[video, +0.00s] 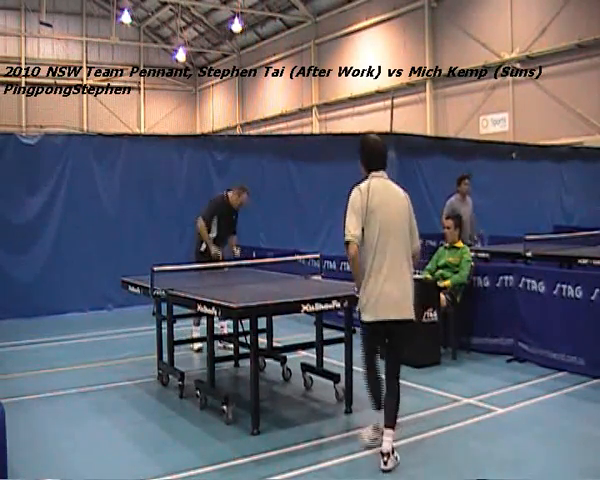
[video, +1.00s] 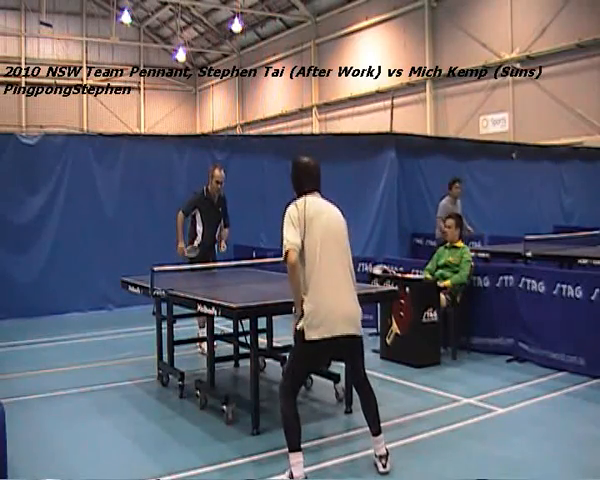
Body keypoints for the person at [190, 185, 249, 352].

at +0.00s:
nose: (242, 204)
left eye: (243, 201)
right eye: (242, 200)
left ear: (239, 197)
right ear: (235, 194)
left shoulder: (234, 210)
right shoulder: (218, 203)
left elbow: (231, 232)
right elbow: (201, 222)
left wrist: (234, 247)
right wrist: (210, 245)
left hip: (219, 254)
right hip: (204, 253)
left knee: (223, 290)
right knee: (201, 292)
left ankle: (223, 332)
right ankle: (196, 333)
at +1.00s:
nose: (219, 186)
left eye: (222, 182)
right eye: (217, 182)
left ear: (224, 182)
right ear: (210, 180)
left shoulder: (222, 199)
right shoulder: (199, 197)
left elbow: (225, 225)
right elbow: (181, 214)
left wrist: (223, 239)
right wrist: (180, 241)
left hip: (211, 250)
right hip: (196, 251)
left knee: (211, 294)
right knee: (200, 294)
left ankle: (207, 335)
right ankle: (202, 335)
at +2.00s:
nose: (225, 193)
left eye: (227, 189)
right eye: (224, 188)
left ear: (224, 187)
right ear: (216, 185)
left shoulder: (217, 200)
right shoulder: (206, 198)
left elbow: (219, 225)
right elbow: (214, 222)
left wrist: (230, 238)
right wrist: (232, 220)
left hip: (208, 249)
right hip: (198, 250)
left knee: (212, 286)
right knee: (206, 291)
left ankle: (202, 320)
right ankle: (204, 339)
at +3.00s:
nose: (202, 187)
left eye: (204, 183)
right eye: (199, 184)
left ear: (209, 184)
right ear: (195, 185)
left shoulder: (221, 203)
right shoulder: (198, 208)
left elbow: (235, 222)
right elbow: (194, 234)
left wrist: (233, 243)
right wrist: (186, 244)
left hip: (224, 257)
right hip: (207, 257)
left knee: (233, 295)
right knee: (199, 297)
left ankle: (249, 334)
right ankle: (199, 339)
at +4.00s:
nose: (210, 186)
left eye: (213, 183)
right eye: (207, 183)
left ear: (216, 185)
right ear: (201, 183)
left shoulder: (217, 203)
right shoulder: (195, 204)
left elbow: (220, 229)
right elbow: (179, 223)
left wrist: (222, 249)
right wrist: (182, 239)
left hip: (215, 257)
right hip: (196, 256)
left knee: (225, 291)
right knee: (184, 294)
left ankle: (230, 328)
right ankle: (174, 331)